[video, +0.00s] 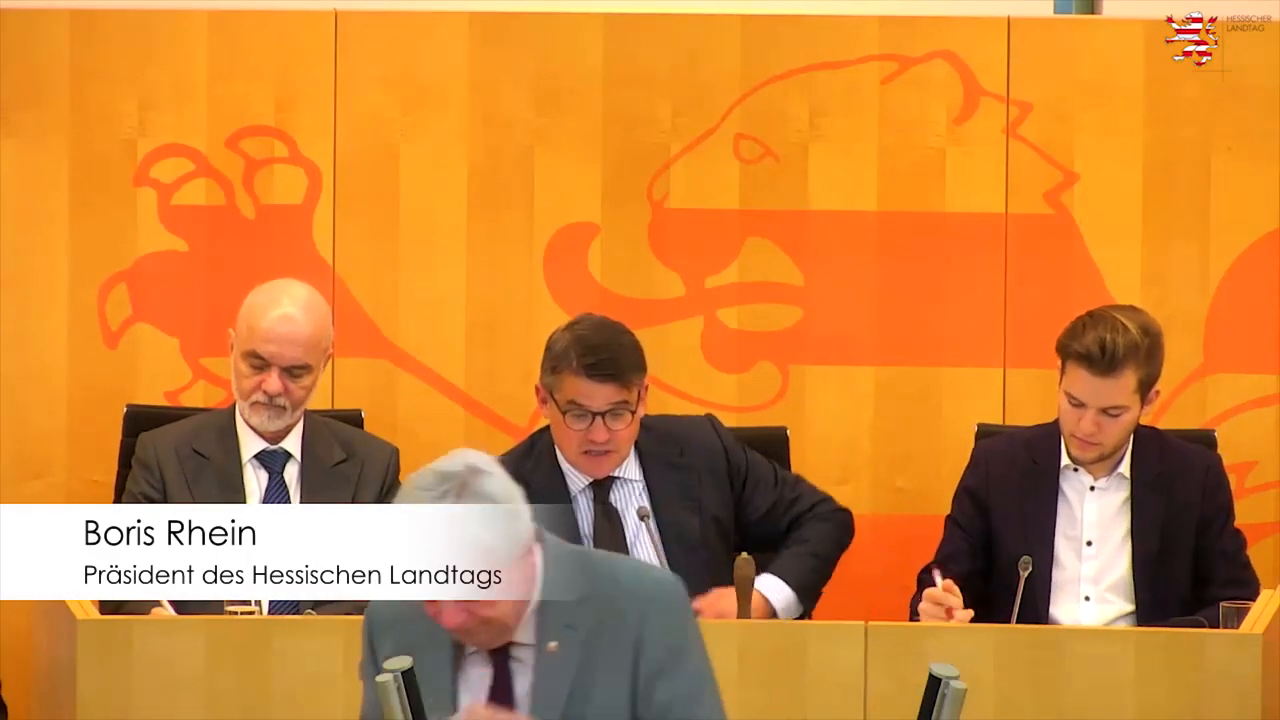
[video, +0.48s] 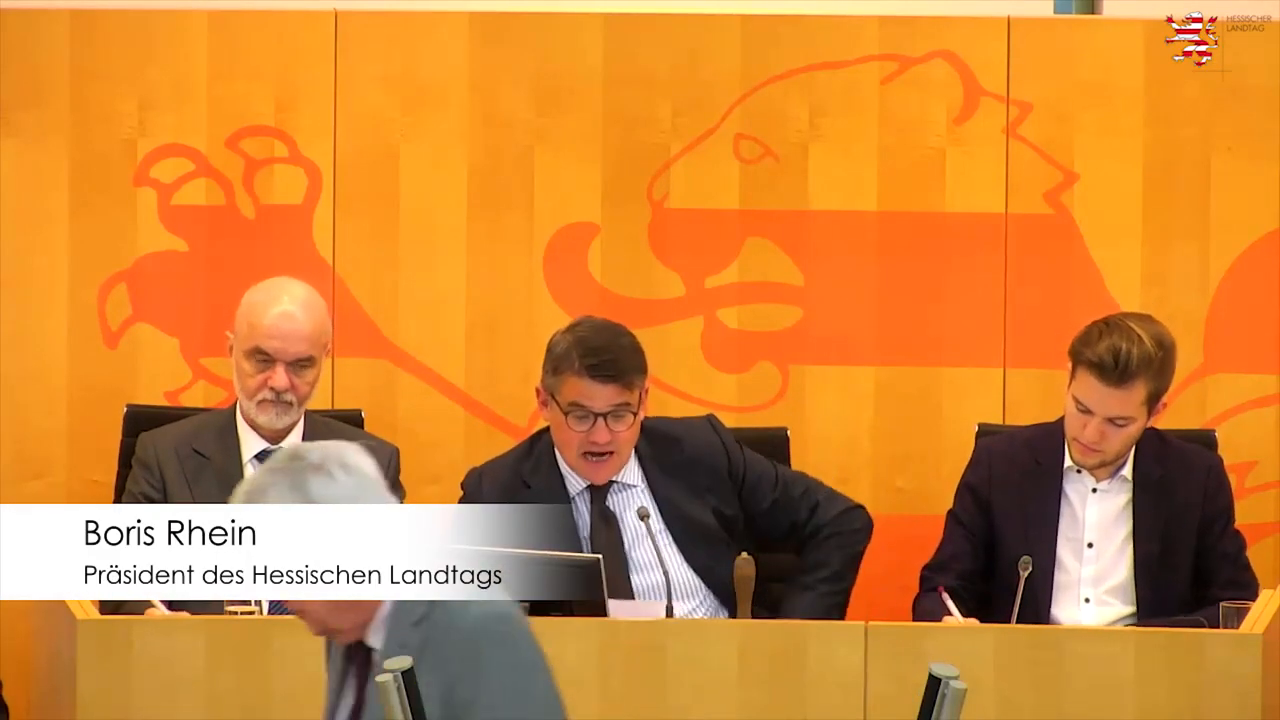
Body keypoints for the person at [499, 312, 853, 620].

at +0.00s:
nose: (599, 434)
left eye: (616, 412)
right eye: (578, 414)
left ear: (642, 395)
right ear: (544, 400)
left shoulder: (703, 450)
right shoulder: (504, 490)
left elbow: (825, 519)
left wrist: (764, 599)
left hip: (713, 670)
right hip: (574, 683)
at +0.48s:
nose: (601, 437)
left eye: (618, 415)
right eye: (580, 415)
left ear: (642, 399)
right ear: (544, 402)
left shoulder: (704, 453)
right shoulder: (494, 491)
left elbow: (841, 523)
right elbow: (467, 623)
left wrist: (790, 643)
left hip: (723, 669)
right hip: (585, 683)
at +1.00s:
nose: (620, 435)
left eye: (637, 415)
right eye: (599, 416)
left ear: (656, 398)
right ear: (559, 403)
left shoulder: (711, 455)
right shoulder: (502, 489)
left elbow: (832, 564)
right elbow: (474, 629)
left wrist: (786, 671)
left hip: (712, 672)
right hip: (572, 684)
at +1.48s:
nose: (622, 430)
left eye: (638, 408)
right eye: (599, 411)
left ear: (656, 395)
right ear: (559, 405)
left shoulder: (711, 454)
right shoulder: (503, 488)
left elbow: (830, 564)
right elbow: (469, 627)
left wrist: (786, 672)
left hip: (711, 679)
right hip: (570, 688)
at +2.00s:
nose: (601, 419)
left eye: (615, 397)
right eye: (579, 402)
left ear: (639, 388)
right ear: (543, 400)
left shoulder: (702, 445)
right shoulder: (499, 485)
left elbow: (805, 574)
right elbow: (468, 619)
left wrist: (770, 676)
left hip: (708, 670)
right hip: (569, 682)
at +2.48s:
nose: (608, 420)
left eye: (625, 399)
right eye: (587, 401)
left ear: (647, 391)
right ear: (550, 397)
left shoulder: (705, 450)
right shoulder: (500, 485)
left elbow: (811, 581)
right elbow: (464, 620)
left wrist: (768, 679)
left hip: (706, 673)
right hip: (566, 683)